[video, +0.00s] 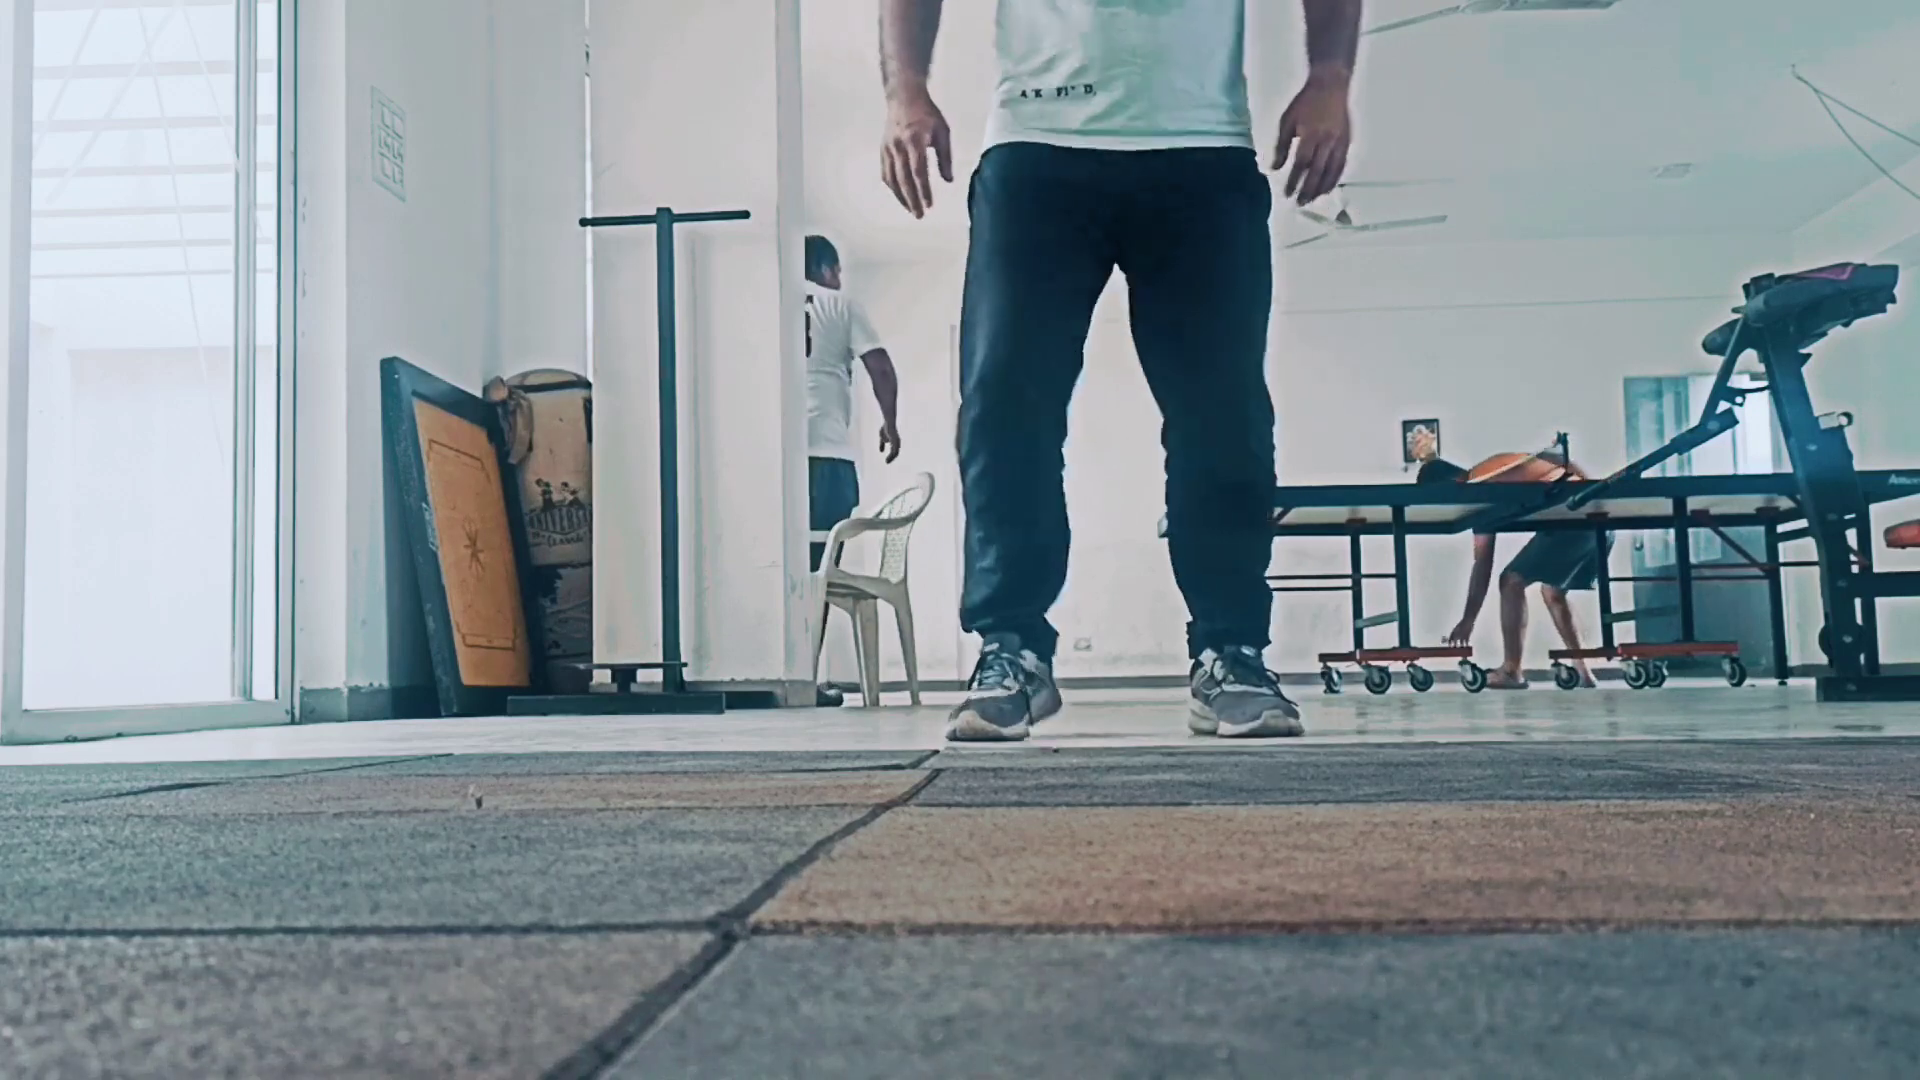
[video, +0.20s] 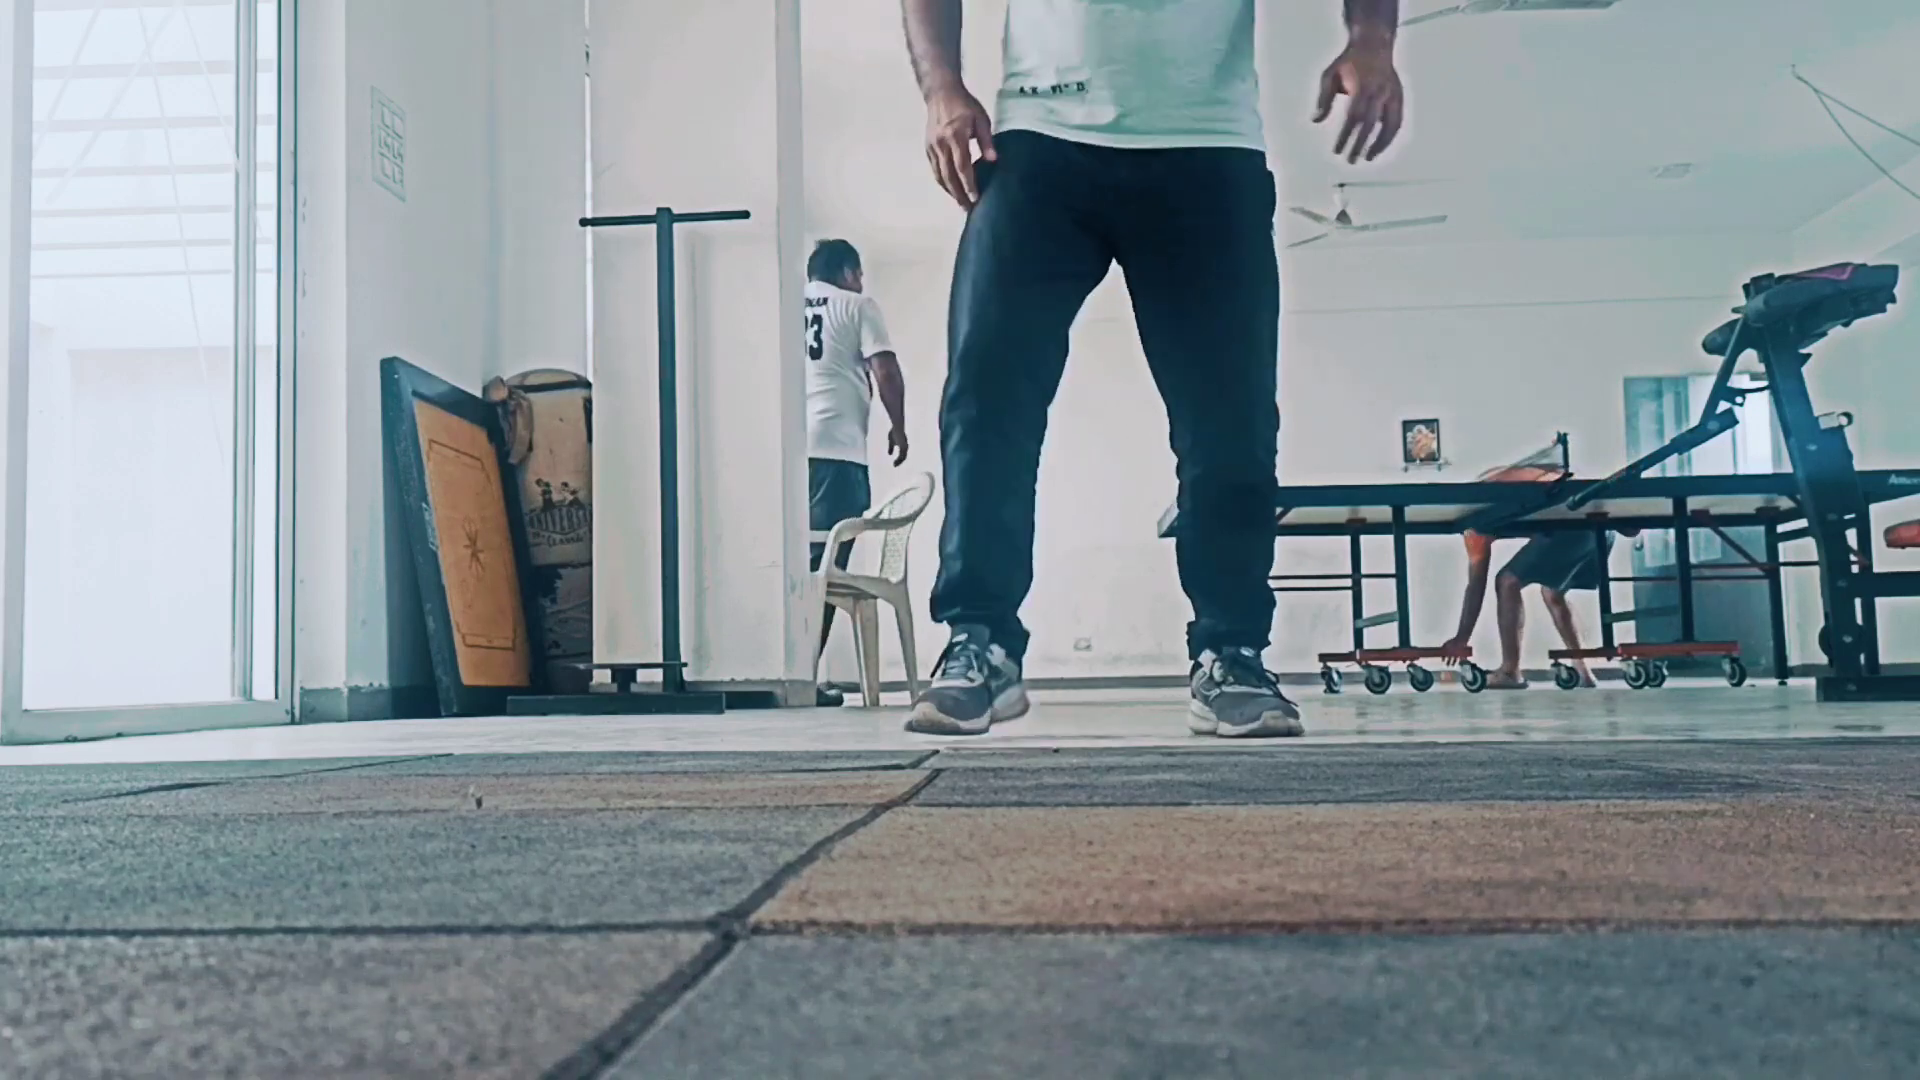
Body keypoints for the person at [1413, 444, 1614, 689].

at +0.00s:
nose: (1444, 502)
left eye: (1440, 495)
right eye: (1438, 497)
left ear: (1448, 484)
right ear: (1454, 473)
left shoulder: (1478, 488)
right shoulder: (1480, 494)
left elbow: (1481, 563)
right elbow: (1482, 563)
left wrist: (1467, 620)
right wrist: (1468, 620)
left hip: (1568, 519)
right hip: (1590, 516)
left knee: (1511, 581)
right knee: (1553, 592)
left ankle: (1511, 671)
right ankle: (1582, 671)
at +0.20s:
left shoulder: (1476, 523)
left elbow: (1476, 585)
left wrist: (1461, 639)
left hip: (1567, 529)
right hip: (1597, 525)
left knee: (1507, 581)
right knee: (1552, 594)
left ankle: (1510, 671)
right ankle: (1582, 670)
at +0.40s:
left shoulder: (1473, 534)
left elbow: (1475, 592)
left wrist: (1462, 645)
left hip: (1567, 533)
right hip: (1594, 530)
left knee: (1503, 581)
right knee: (1550, 594)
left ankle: (1509, 671)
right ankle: (1582, 671)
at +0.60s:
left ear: (1439, 499)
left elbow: (1482, 579)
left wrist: (1445, 611)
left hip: (1562, 522)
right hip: (1586, 518)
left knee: (1506, 583)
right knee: (1551, 592)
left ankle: (1509, 672)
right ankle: (1583, 671)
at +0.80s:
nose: (1436, 480)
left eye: (1433, 473)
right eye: (1431, 475)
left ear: (1444, 460)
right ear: (1448, 452)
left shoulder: (1472, 475)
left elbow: (1490, 540)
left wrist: (1446, 555)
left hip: (1556, 513)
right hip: (1580, 507)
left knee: (1513, 581)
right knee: (1552, 588)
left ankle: (1509, 671)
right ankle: (1584, 671)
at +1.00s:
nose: (1453, 432)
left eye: (1452, 424)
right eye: (1448, 428)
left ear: (1465, 410)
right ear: (1467, 409)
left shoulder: (1488, 434)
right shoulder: (1504, 418)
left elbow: (1506, 490)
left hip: (1556, 511)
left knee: (1525, 584)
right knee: (1544, 588)